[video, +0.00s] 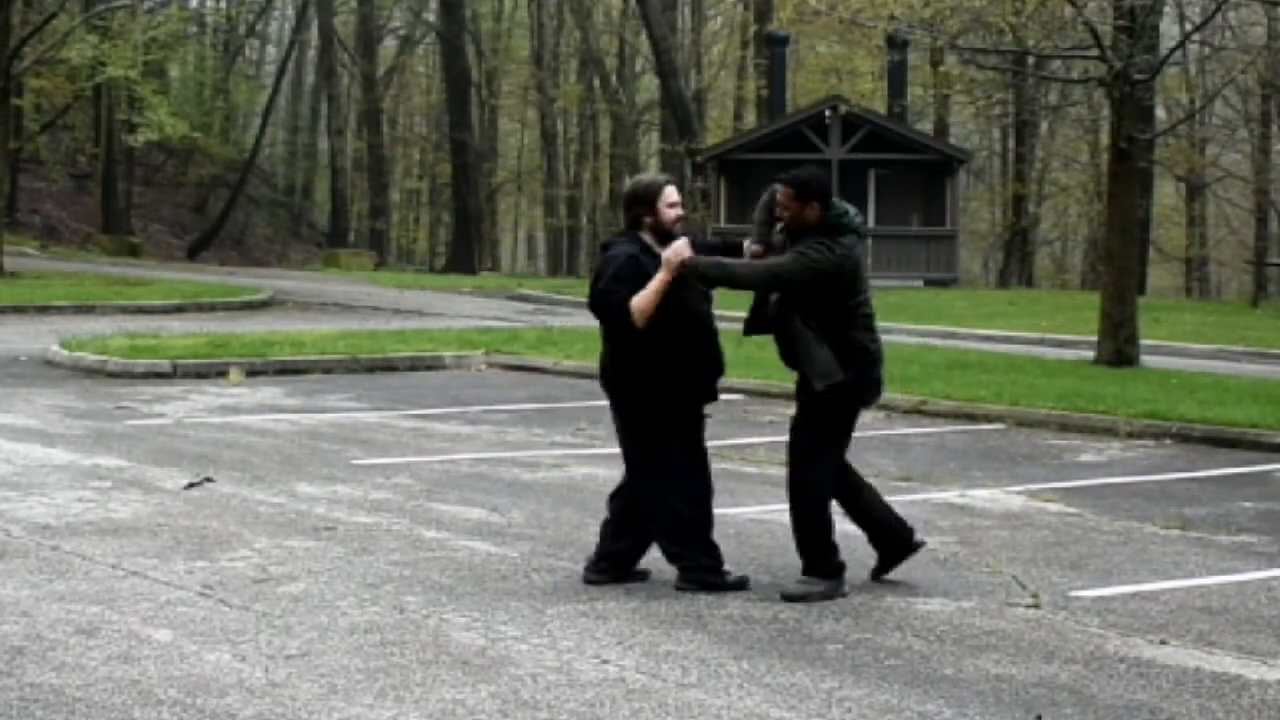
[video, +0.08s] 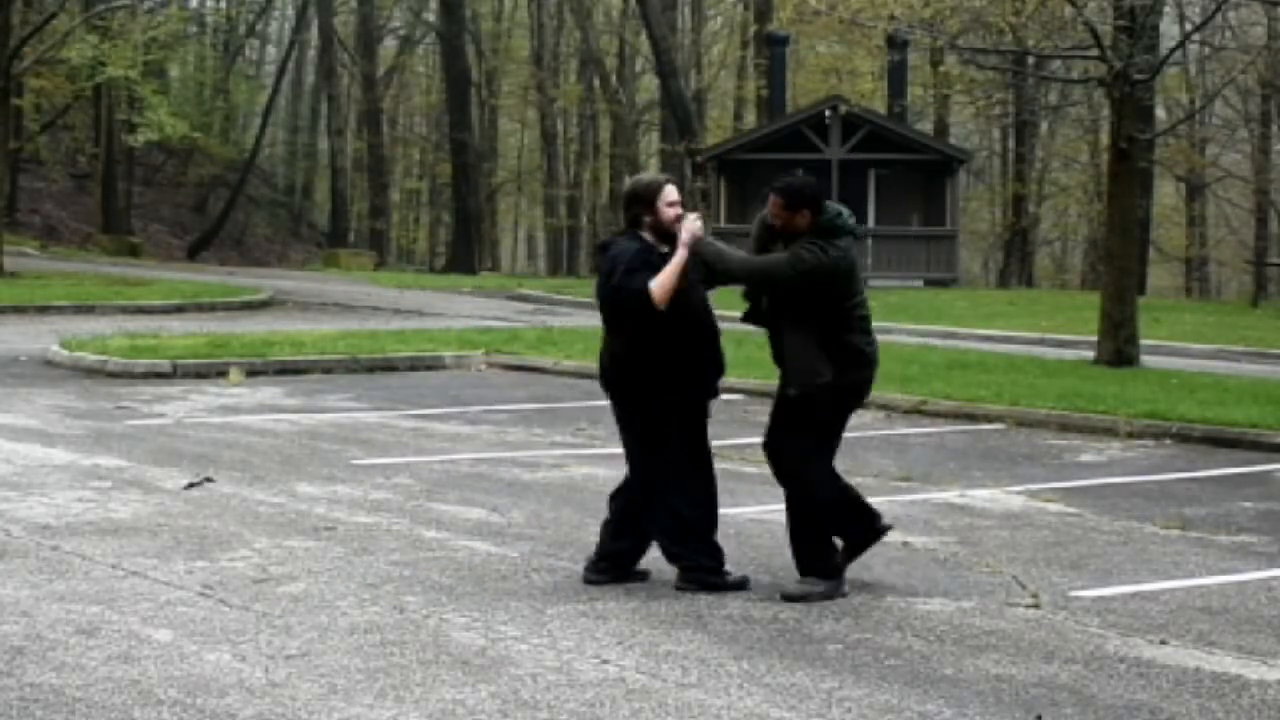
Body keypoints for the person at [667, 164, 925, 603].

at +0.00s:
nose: (780, 216)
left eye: (788, 209)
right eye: (779, 207)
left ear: (813, 209)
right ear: (811, 207)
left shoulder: (829, 252)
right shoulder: (816, 236)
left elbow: (760, 275)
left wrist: (690, 266)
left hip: (839, 376)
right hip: (825, 371)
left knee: (809, 470)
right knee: (824, 464)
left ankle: (824, 574)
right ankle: (893, 538)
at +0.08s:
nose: (770, 222)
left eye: (777, 216)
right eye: (770, 214)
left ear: (803, 217)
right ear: (796, 216)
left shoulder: (826, 254)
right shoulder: (789, 237)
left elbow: (749, 270)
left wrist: (694, 240)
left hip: (837, 373)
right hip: (806, 369)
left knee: (796, 456)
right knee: (787, 452)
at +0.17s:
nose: (764, 226)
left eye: (771, 219)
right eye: (765, 217)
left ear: (796, 222)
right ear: (792, 219)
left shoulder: (820, 258)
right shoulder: (781, 244)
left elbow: (745, 271)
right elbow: (736, 263)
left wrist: (720, 231)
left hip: (825, 383)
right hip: (790, 376)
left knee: (800, 466)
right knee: (757, 445)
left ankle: (825, 569)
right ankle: (809, 536)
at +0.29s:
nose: (760, 228)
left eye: (768, 222)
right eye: (760, 221)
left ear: (794, 223)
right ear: (783, 223)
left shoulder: (823, 256)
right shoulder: (776, 249)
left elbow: (757, 264)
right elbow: (732, 284)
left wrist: (745, 232)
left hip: (821, 384)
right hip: (777, 378)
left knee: (809, 475)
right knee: (746, 464)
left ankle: (824, 572)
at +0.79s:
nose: (738, 210)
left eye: (746, 203)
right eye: (736, 201)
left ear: (774, 203)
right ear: (746, 202)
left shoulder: (810, 248)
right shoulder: (738, 243)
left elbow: (784, 297)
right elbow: (718, 302)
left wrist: (721, 274)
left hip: (807, 381)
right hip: (752, 380)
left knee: (815, 472)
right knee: (726, 462)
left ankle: (834, 573)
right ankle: (728, 555)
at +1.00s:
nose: (702, 242)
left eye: (710, 234)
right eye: (700, 234)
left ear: (738, 231)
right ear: (725, 233)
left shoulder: (781, 281)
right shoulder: (715, 273)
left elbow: (764, 342)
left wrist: (701, 328)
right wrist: (680, 311)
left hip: (788, 396)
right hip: (740, 392)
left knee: (800, 482)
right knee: (691, 455)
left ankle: (839, 575)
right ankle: (672, 549)